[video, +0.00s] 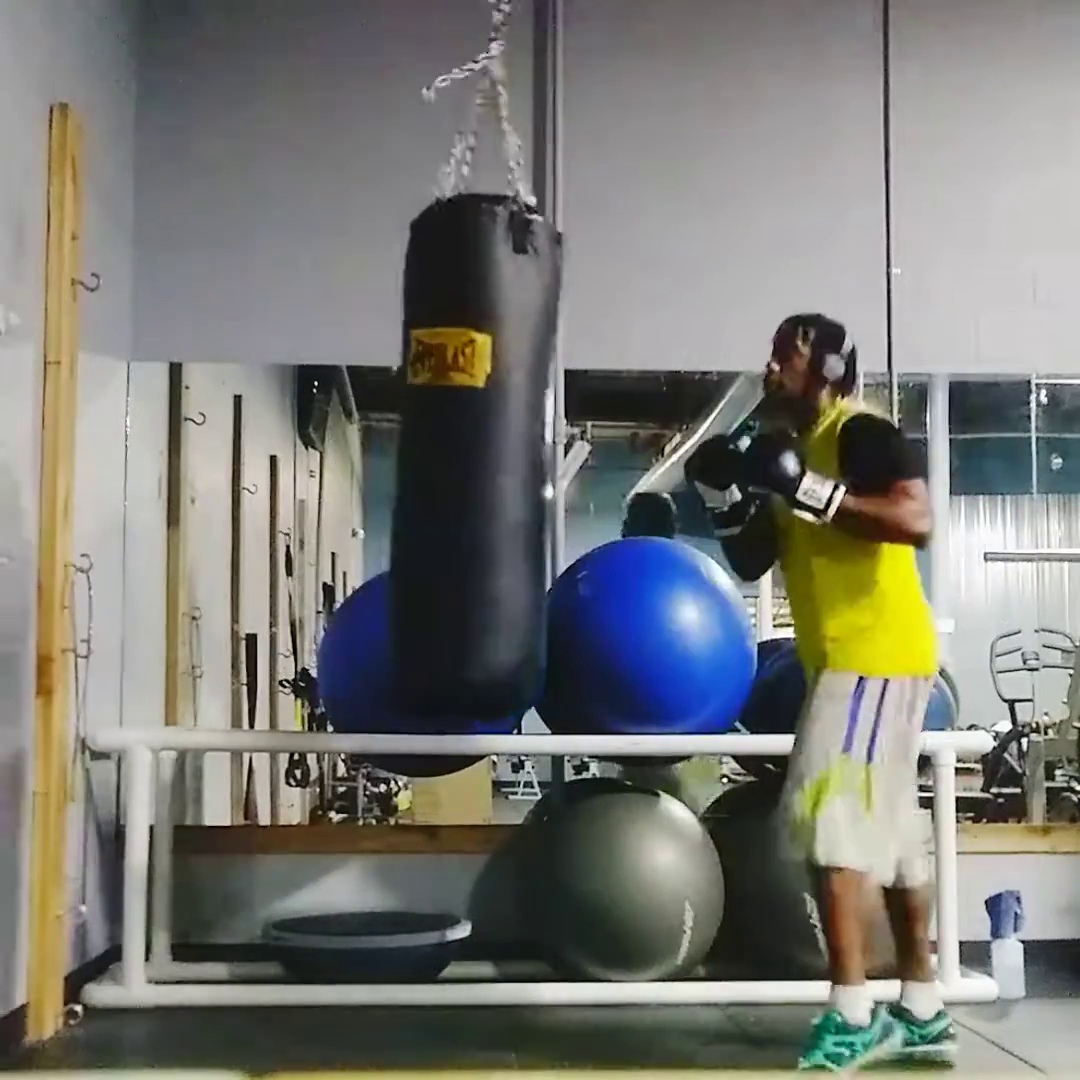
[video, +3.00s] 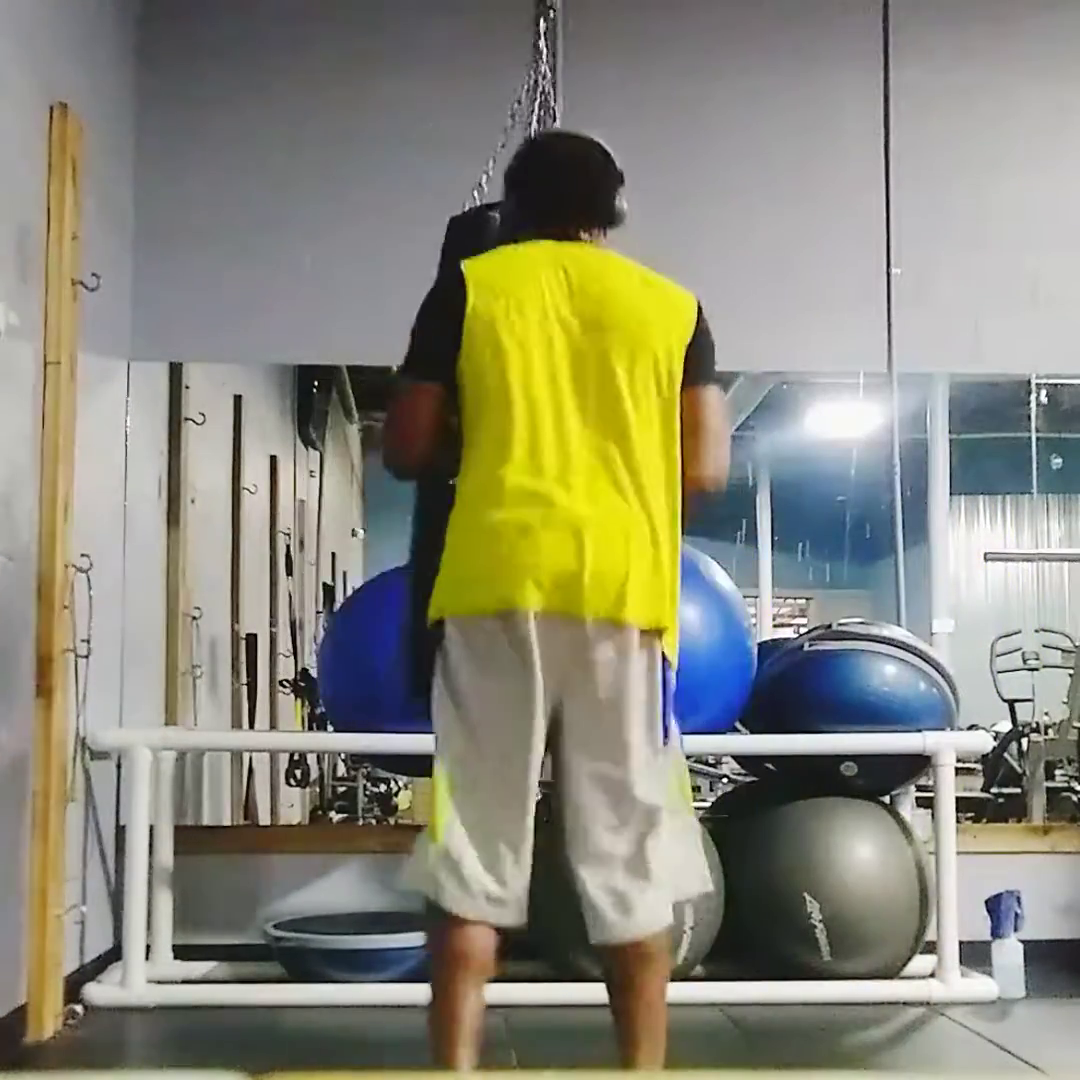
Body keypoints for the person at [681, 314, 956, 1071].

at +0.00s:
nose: (770, 367)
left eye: (784, 356)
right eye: (772, 355)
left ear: (824, 367)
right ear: (803, 367)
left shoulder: (861, 429)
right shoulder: (789, 445)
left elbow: (915, 520)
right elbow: (752, 561)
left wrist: (804, 485)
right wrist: (727, 498)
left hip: (876, 656)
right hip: (850, 657)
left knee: (832, 824)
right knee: (894, 836)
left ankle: (850, 1015)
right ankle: (923, 1013)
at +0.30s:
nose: (772, 398)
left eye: (783, 385)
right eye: (776, 386)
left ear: (819, 390)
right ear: (825, 392)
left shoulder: (886, 440)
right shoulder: (820, 476)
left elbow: (898, 511)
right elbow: (779, 558)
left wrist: (817, 453)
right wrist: (738, 491)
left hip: (910, 669)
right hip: (933, 668)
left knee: (874, 839)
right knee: (956, 838)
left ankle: (884, 1036)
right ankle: (1011, 1010)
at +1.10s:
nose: (838, 394)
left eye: (841, 384)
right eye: (838, 387)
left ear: (858, 378)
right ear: (924, 376)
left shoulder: (876, 412)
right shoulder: (967, 434)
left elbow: (802, 471)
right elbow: (898, 526)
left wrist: (748, 450)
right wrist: (829, 487)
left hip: (920, 653)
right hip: (1015, 655)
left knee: (845, 845)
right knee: (1054, 849)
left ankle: (837, 1042)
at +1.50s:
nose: (790, 389)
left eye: (789, 378)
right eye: (790, 381)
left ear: (803, 371)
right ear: (872, 370)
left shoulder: (804, 407)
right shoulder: (935, 435)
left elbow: (701, 481)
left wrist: (679, 446)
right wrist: (744, 450)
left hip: (839, 651)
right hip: (948, 655)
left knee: (759, 841)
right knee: (995, 863)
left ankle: (709, 1041)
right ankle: (1056, 1054)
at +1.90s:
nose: (684, 366)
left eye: (686, 356)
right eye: (688, 358)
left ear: (695, 352)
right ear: (769, 350)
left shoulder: (688, 396)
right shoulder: (831, 419)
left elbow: (586, 478)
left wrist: (573, 445)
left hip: (706, 653)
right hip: (823, 656)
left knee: (622, 833)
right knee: (867, 861)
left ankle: (570, 1033)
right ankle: (914, 1059)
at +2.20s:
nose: (581, 339)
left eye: (580, 328)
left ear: (584, 324)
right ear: (665, 321)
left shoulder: (561, 377)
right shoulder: (726, 387)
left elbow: (439, 463)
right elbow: (751, 518)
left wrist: (461, 411)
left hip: (598, 633)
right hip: (712, 635)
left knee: (565, 855)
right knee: (747, 855)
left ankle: (541, 1059)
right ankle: (762, 1057)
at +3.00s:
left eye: (511, 207)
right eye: (611, 211)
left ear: (513, 210)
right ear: (609, 216)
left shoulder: (469, 287)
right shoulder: (673, 305)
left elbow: (409, 446)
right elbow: (704, 468)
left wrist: (486, 441)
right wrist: (616, 447)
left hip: (494, 582)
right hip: (624, 590)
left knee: (478, 836)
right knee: (627, 839)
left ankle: (454, 1065)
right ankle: (646, 1066)